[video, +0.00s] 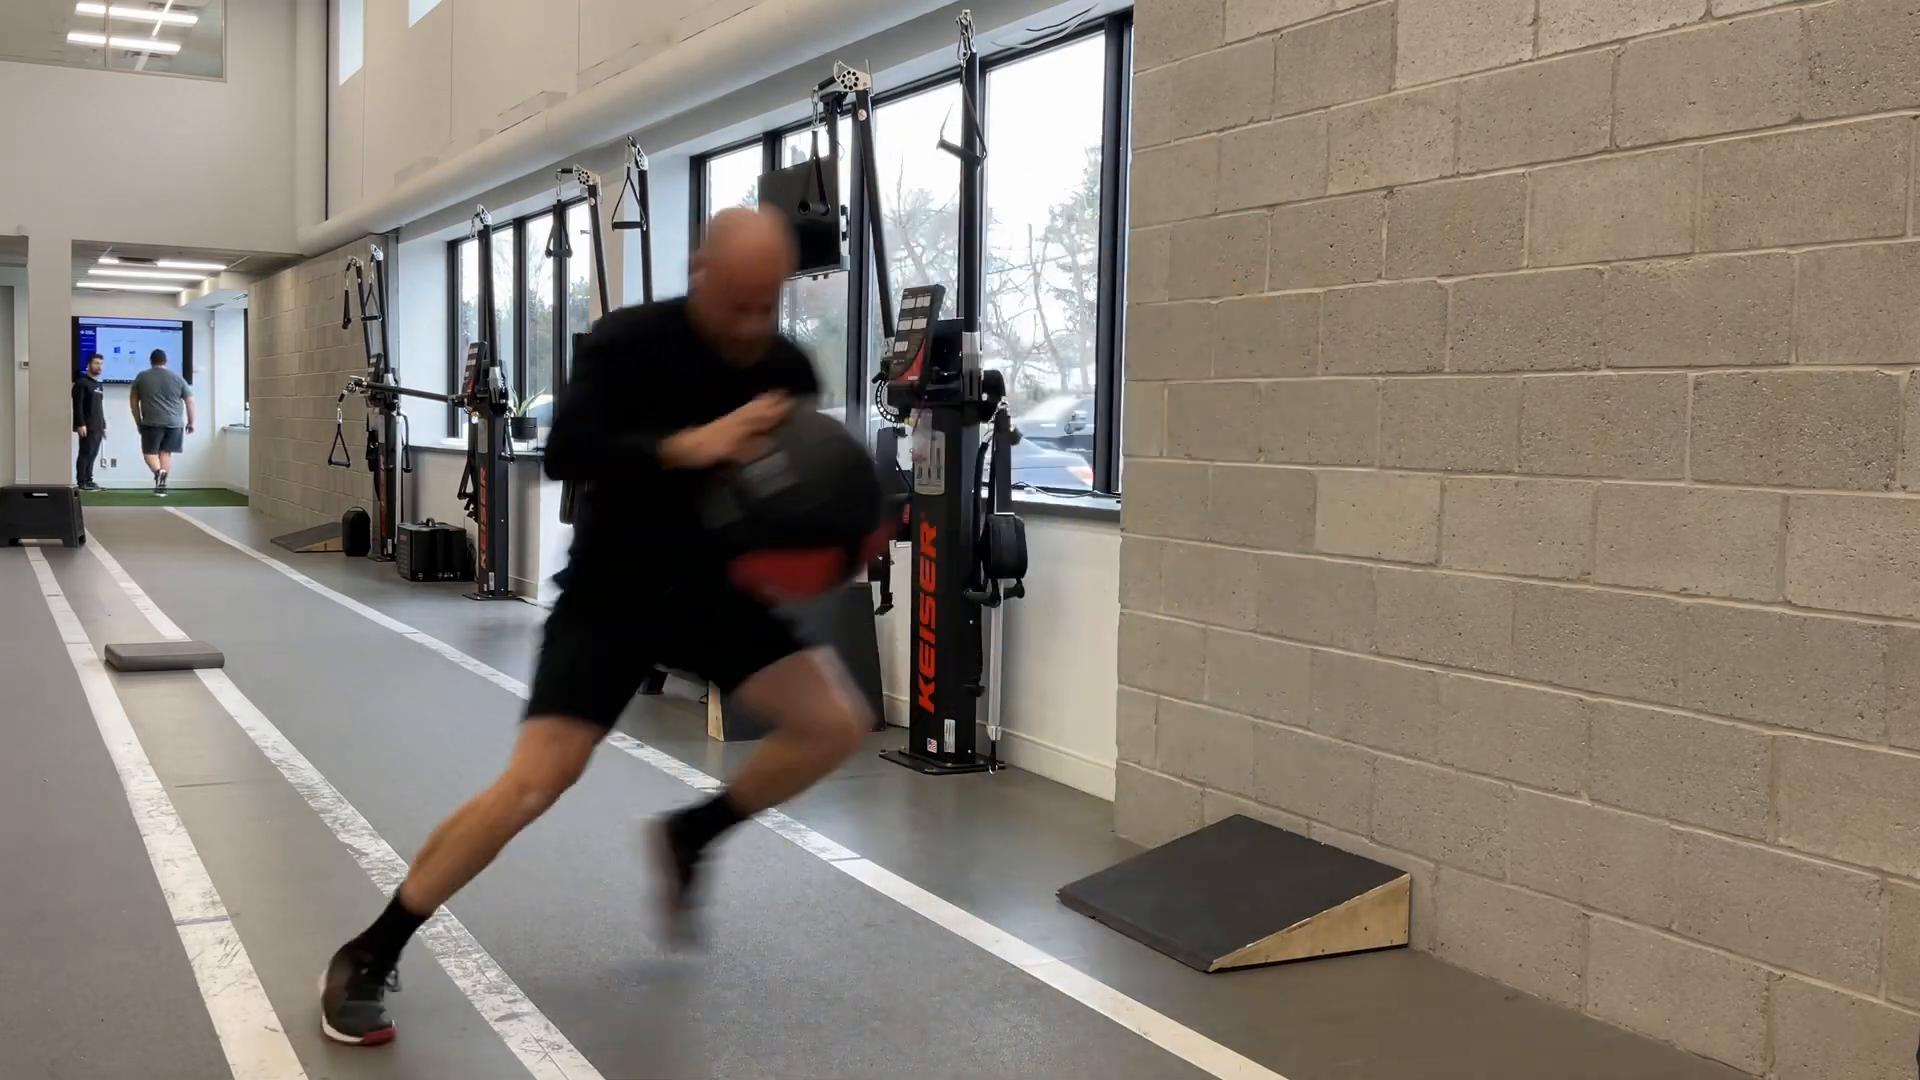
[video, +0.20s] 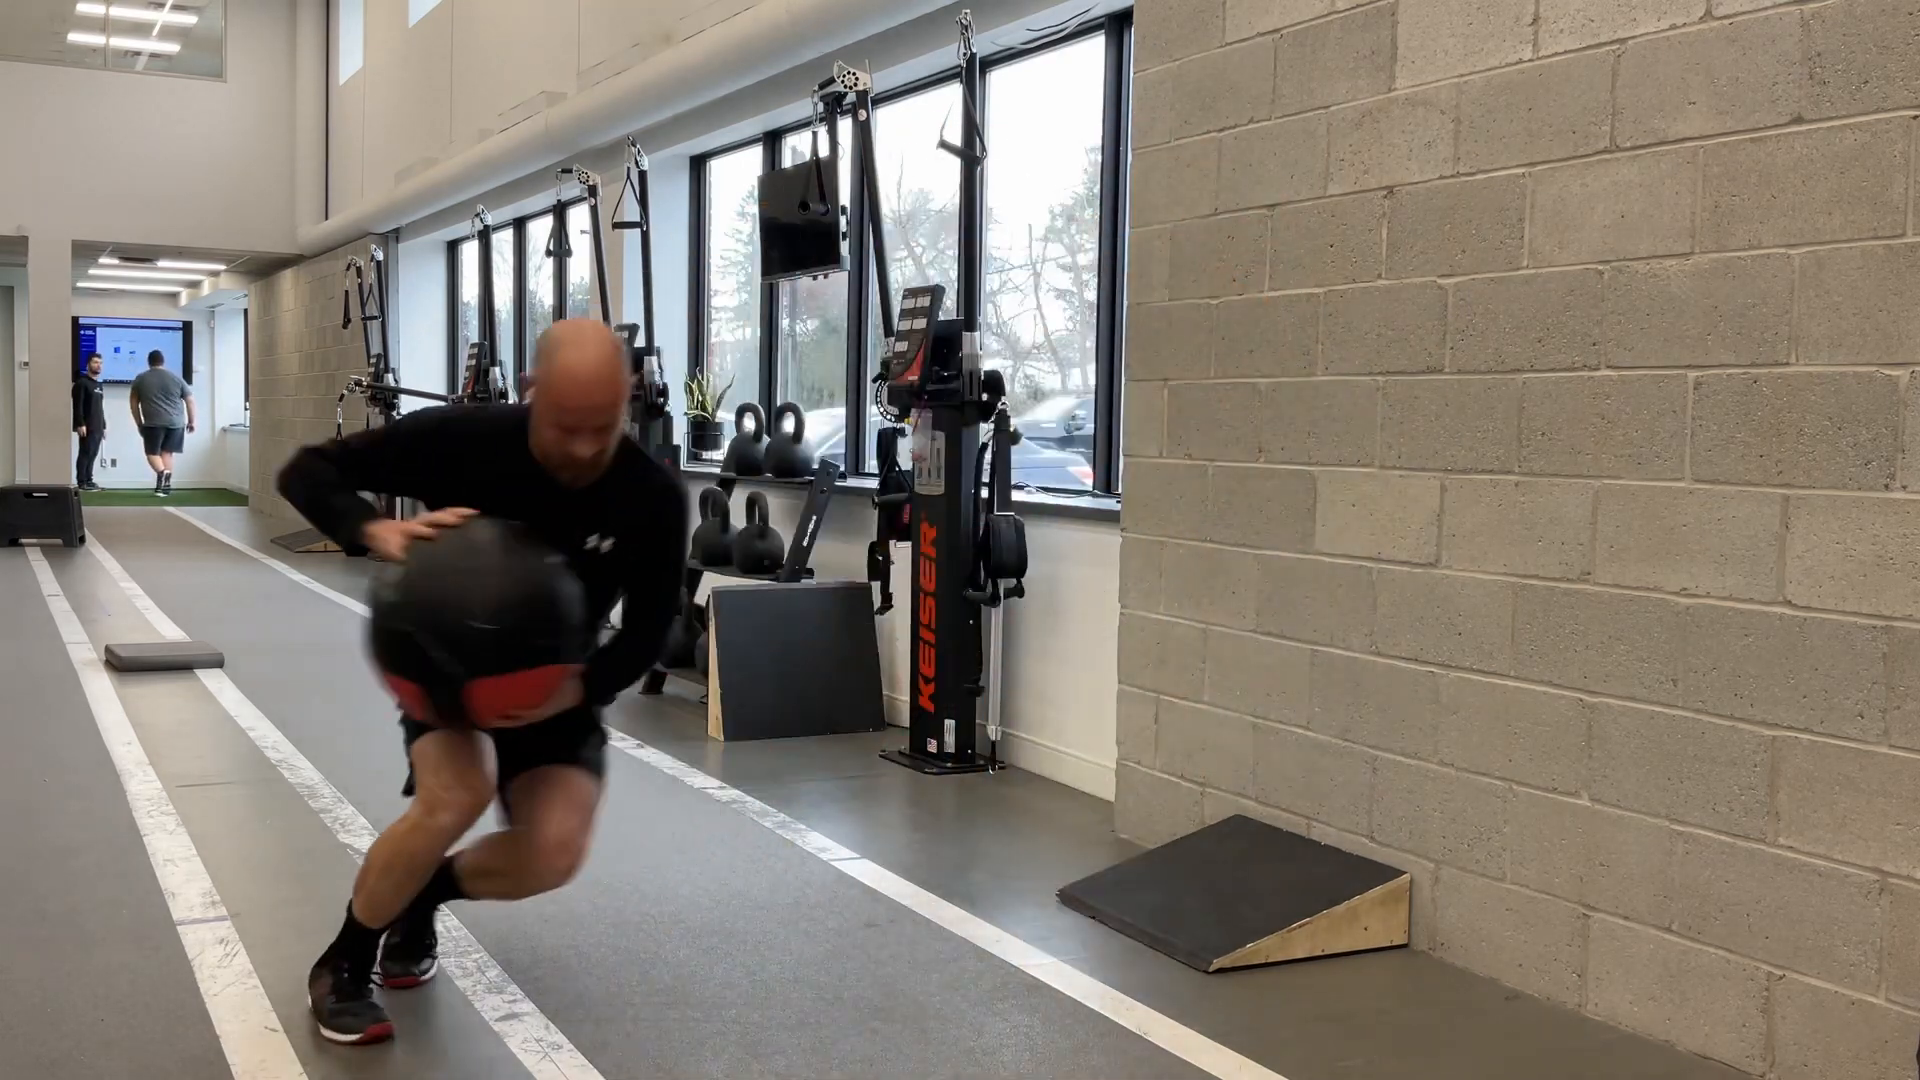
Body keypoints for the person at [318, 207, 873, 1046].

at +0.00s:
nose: (757, 323)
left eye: (771, 303)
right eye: (741, 303)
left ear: (787, 288)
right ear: (699, 277)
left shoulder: (784, 369)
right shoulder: (627, 344)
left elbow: (801, 486)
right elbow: (568, 451)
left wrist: (830, 517)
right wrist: (684, 445)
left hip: (714, 591)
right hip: (614, 591)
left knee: (833, 724)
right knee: (533, 784)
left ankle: (692, 833)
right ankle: (370, 955)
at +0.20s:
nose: (582, 448)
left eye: (600, 429)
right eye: (565, 429)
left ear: (627, 403)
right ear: (531, 397)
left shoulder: (654, 496)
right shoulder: (472, 441)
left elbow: (648, 633)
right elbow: (305, 473)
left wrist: (577, 688)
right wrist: (371, 528)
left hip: (560, 661)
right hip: (446, 645)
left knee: (553, 856)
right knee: (455, 796)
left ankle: (424, 886)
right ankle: (347, 961)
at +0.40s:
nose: (542, 463)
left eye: (560, 446)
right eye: (524, 444)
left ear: (586, 413)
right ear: (487, 403)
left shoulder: (613, 498)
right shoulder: (440, 430)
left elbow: (591, 642)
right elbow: (269, 420)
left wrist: (491, 674)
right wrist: (327, 472)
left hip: (546, 659)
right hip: (429, 647)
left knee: (607, 793)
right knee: (433, 780)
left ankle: (466, 870)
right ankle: (344, 961)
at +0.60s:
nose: (648, 403)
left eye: (655, 384)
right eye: (630, 387)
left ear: (664, 367)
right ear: (575, 360)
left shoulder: (670, 457)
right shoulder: (494, 389)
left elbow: (648, 589)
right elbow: (327, 382)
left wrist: (569, 621)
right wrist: (385, 444)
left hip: (614, 611)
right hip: (496, 621)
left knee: (775, 711)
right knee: (462, 783)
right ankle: (349, 965)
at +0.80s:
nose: (832, 266)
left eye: (831, 249)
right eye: (821, 249)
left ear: (772, 252)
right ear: (769, 252)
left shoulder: (797, 351)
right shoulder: (679, 345)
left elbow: (803, 464)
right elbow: (608, 450)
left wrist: (884, 441)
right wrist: (714, 447)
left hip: (729, 590)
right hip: (645, 593)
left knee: (844, 709)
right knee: (572, 784)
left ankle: (875, 906)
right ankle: (377, 941)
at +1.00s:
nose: (915, 207)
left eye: (916, 191)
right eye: (911, 191)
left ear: (840, 181)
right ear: (871, 186)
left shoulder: (790, 261)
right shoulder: (881, 275)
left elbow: (802, 384)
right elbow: (978, 382)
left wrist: (901, 383)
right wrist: (1079, 400)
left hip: (758, 513)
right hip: (808, 521)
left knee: (871, 692)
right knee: (777, 733)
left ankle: (879, 905)